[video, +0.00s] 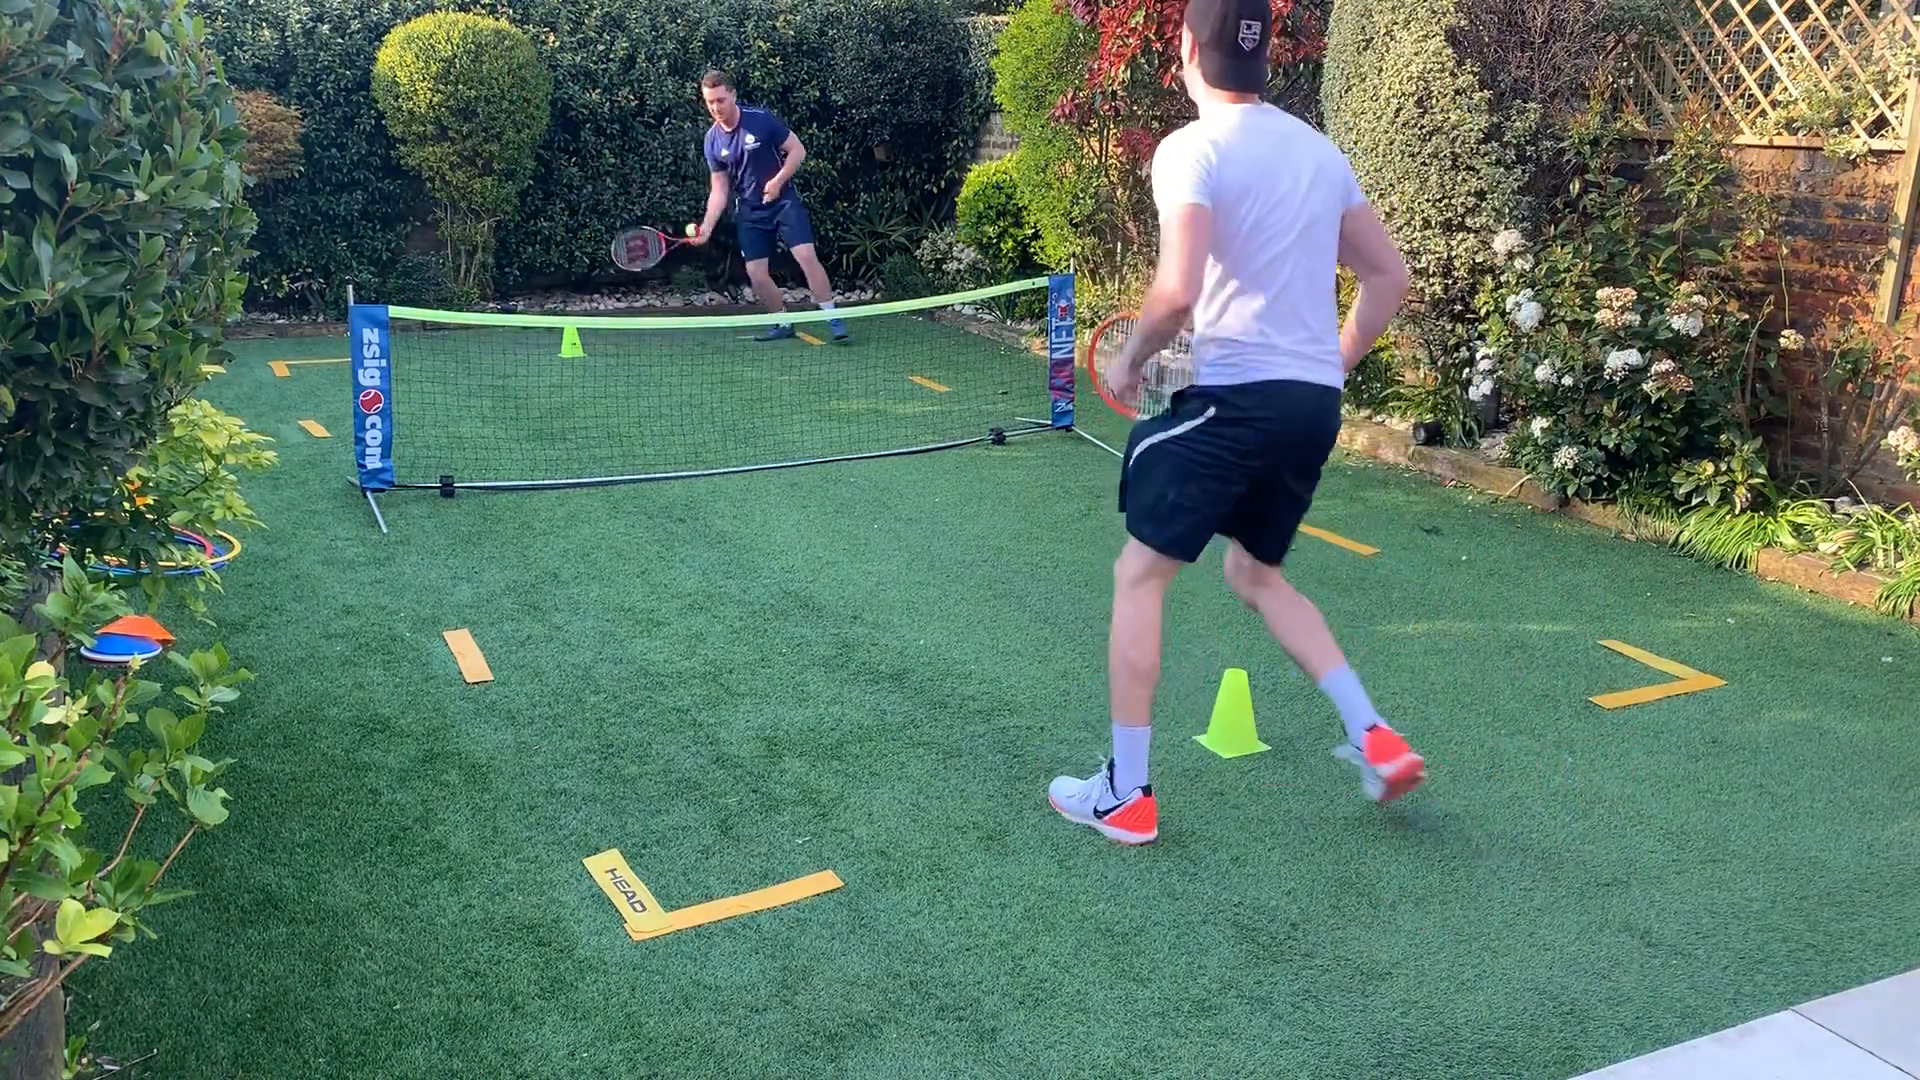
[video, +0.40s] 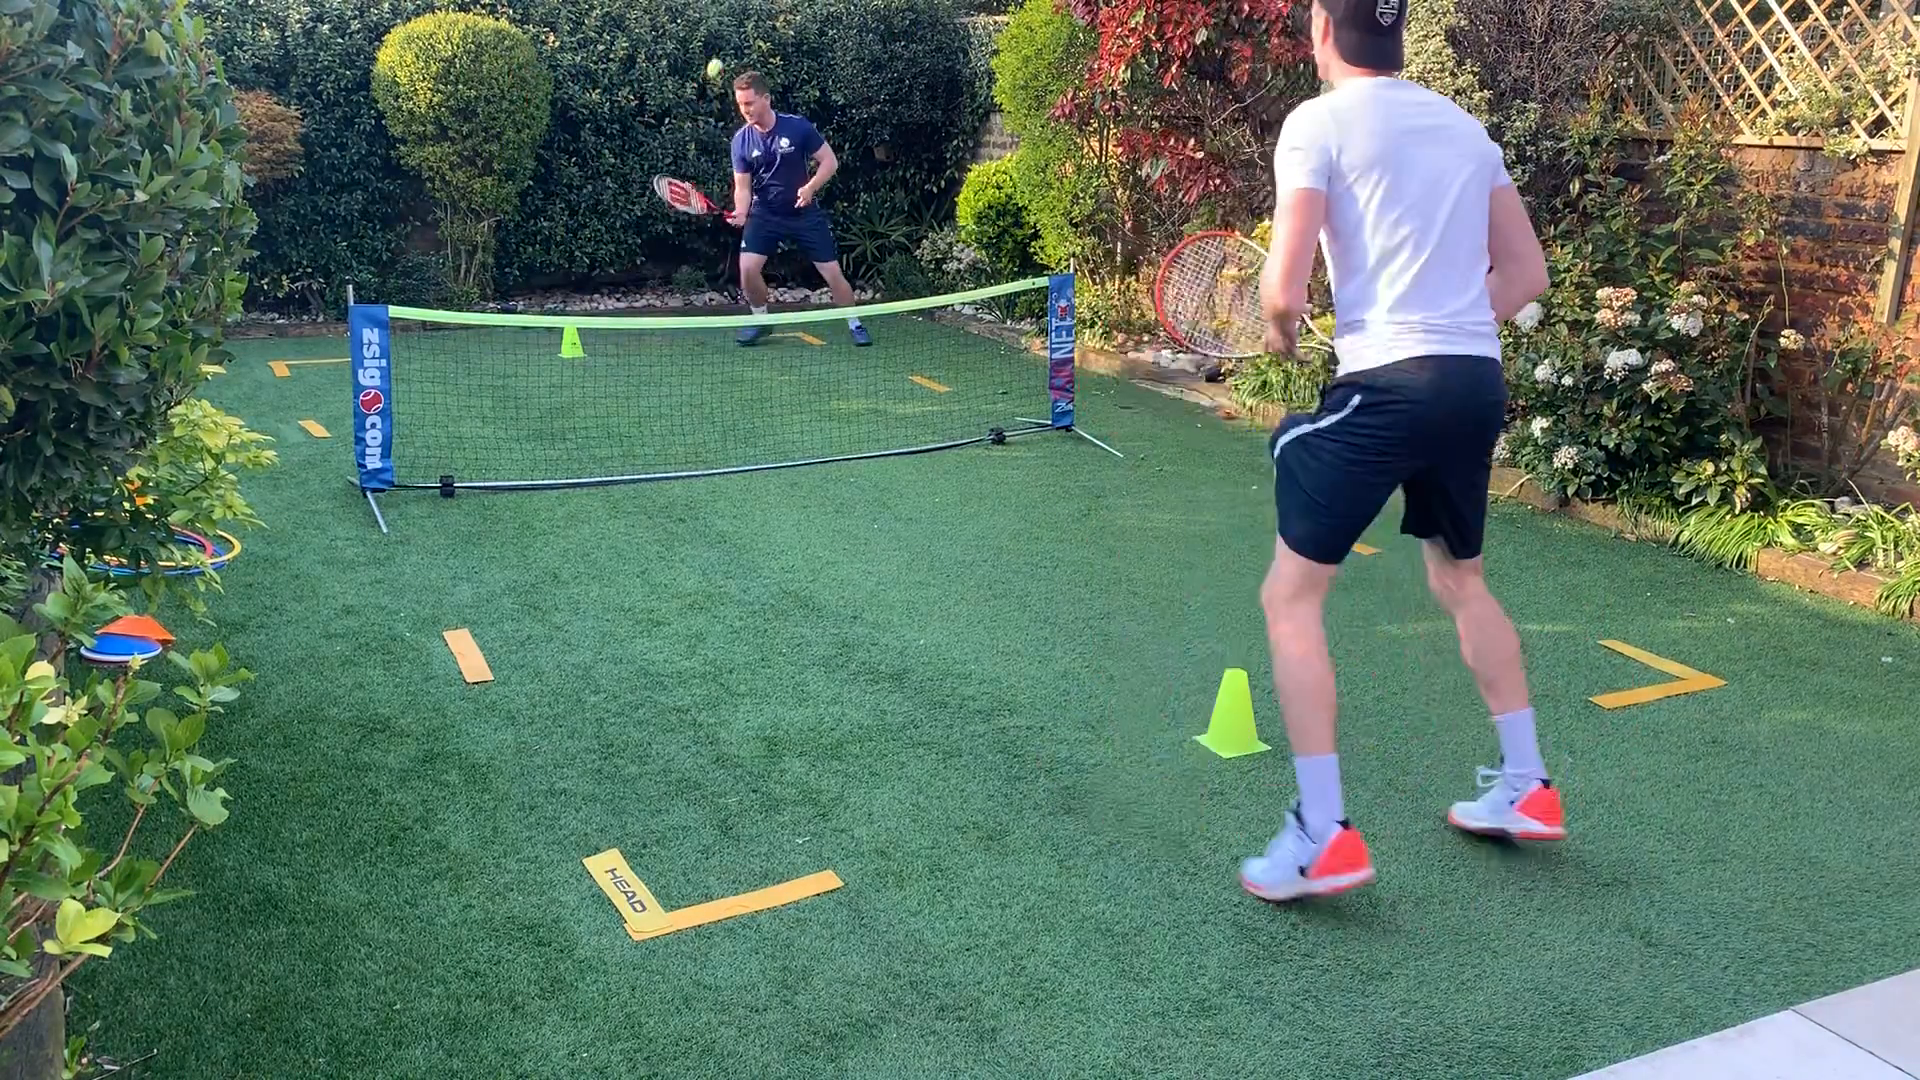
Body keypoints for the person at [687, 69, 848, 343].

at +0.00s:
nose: (715, 108)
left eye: (720, 100)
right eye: (709, 102)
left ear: (733, 95)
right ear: (704, 103)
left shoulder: (761, 121)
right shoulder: (712, 142)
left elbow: (798, 150)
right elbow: (719, 190)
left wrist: (778, 181)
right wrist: (706, 227)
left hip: (784, 204)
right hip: (750, 213)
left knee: (806, 257)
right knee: (756, 273)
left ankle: (832, 317)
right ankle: (782, 323)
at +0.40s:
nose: (745, 110)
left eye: (749, 103)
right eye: (740, 104)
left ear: (766, 98)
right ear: (737, 104)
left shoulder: (798, 127)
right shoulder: (740, 141)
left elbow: (830, 162)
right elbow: (742, 186)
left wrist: (810, 187)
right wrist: (741, 212)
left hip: (804, 212)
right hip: (764, 214)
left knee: (831, 271)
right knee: (748, 268)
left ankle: (855, 324)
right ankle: (760, 319)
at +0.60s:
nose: (712, 124)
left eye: (717, 116)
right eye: (707, 118)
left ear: (733, 112)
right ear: (703, 119)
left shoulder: (762, 143)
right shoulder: (708, 159)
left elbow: (797, 173)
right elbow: (705, 198)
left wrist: (766, 187)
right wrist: (699, 222)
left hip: (777, 229)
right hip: (739, 230)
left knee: (814, 281)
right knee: (704, 264)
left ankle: (852, 324)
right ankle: (710, 335)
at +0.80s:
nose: (665, 97)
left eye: (670, 90)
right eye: (658, 92)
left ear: (681, 91)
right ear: (649, 96)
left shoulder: (703, 125)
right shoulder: (641, 136)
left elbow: (739, 156)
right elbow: (623, 175)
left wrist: (709, 169)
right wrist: (618, 190)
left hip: (714, 218)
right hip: (677, 221)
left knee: (733, 280)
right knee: (670, 283)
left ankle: (773, 327)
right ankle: (704, 343)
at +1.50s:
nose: (508, 86)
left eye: (512, 79)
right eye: (501, 79)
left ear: (517, 82)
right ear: (485, 81)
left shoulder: (523, 118)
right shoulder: (465, 117)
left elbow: (527, 160)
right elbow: (439, 158)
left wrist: (523, 176)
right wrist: (478, 180)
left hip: (501, 201)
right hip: (463, 201)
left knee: (516, 267)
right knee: (456, 271)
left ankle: (475, 314)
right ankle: (430, 338)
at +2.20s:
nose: (490, 113)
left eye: (495, 106)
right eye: (483, 106)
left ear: (501, 109)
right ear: (468, 109)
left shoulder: (508, 145)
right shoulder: (450, 142)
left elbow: (509, 178)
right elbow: (423, 178)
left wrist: (503, 193)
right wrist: (460, 202)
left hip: (488, 211)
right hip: (448, 211)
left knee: (515, 271)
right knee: (447, 272)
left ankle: (514, 322)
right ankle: (425, 328)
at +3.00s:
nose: (425, 96)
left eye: (430, 89)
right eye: (419, 91)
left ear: (440, 89)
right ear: (410, 94)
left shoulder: (465, 123)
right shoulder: (402, 127)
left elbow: (492, 166)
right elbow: (393, 172)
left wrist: (455, 184)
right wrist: (374, 208)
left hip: (464, 208)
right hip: (422, 206)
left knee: (461, 272)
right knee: (410, 267)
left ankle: (461, 335)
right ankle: (430, 325)